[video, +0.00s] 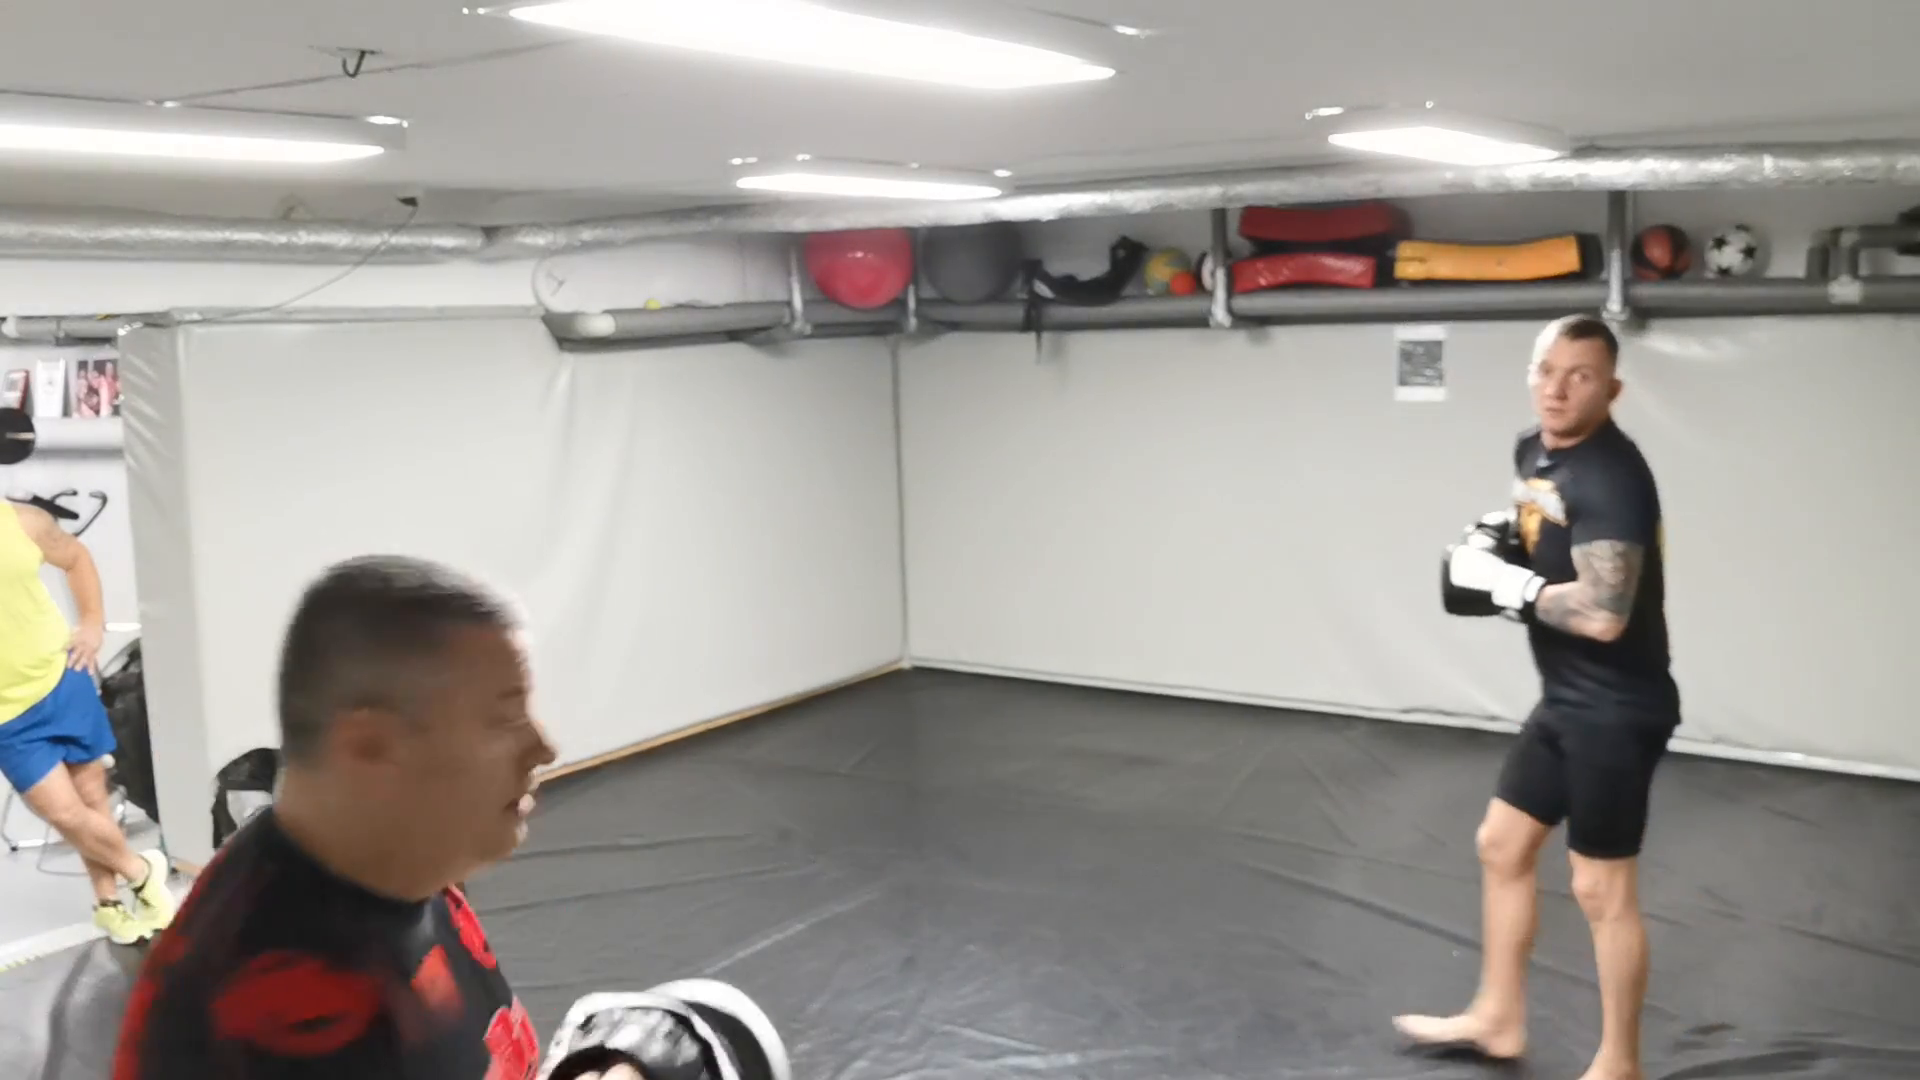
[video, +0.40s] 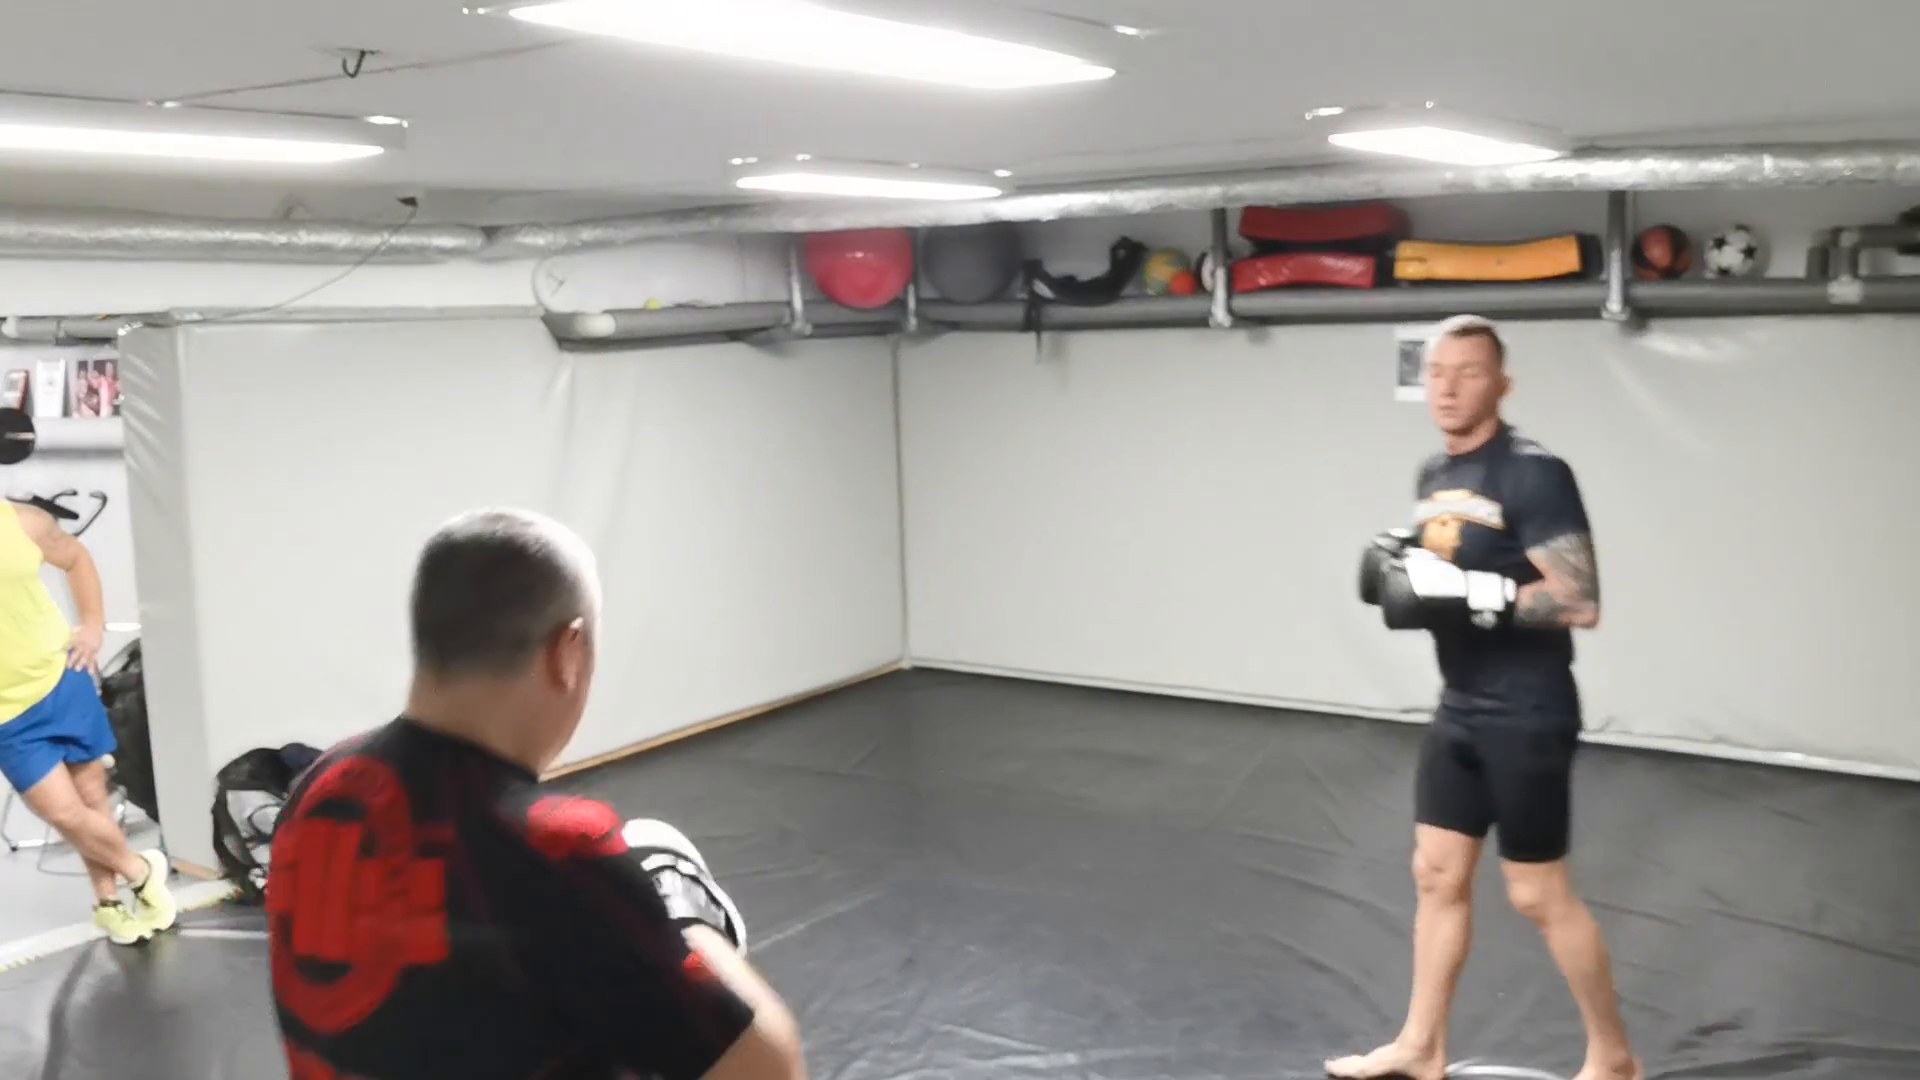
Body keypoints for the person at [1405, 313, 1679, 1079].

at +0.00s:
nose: (1557, 389)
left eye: (1577, 377)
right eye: (1546, 372)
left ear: (1611, 389)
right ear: (1531, 377)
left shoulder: (1613, 476)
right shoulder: (1536, 449)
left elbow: (1604, 615)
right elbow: (1545, 545)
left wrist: (1510, 585)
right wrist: (1497, 545)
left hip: (1620, 707)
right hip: (1565, 694)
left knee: (1603, 889)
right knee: (1504, 846)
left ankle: (1619, 1059)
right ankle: (1498, 1018)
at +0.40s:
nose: (1446, 390)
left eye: (1464, 376)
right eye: (1437, 376)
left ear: (1501, 386)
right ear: (1424, 385)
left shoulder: (1537, 474)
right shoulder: (1436, 475)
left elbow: (1577, 598)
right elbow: (1448, 574)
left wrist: (1477, 596)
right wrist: (1399, 574)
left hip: (1530, 715)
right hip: (1459, 709)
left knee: (1541, 892)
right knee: (1437, 876)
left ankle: (1612, 1055)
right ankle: (1422, 1046)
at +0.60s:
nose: (1383, 391)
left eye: (1400, 376)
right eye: (1375, 377)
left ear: (1443, 382)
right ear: (1368, 384)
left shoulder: (1488, 469)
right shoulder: (1372, 479)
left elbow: (1539, 592)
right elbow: (1377, 577)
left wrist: (1435, 573)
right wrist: (1336, 568)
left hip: (1481, 708)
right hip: (1412, 703)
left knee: (1455, 898)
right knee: (1409, 874)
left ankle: (1581, 1027)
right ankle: (1419, 1048)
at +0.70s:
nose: (1362, 395)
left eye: (1378, 380)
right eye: (1354, 381)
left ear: (1423, 386)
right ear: (1348, 389)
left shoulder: (1472, 470)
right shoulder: (1358, 485)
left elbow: (1509, 599)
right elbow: (1323, 609)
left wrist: (1418, 570)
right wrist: (1305, 565)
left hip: (1464, 707)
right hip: (1394, 705)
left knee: (1421, 897)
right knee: (1395, 884)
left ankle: (1527, 1038)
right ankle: (1417, 1049)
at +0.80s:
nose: (1343, 398)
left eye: (1360, 383)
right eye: (1335, 385)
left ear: (1402, 386)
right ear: (1328, 393)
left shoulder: (1454, 469)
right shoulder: (1337, 486)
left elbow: (1486, 602)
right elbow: (1307, 610)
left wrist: (1390, 555)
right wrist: (1289, 543)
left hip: (1447, 706)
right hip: (1380, 706)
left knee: (1397, 900)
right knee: (1392, 899)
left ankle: (1451, 1066)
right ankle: (1413, 1047)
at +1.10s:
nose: (1294, 427)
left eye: (1311, 409)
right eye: (1287, 411)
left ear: (1358, 410)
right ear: (1282, 414)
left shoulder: (1405, 497)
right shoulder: (1305, 497)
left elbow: (1406, 638)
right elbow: (1251, 613)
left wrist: (1324, 564)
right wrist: (1245, 529)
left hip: (1396, 737)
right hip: (1342, 732)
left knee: (1343, 931)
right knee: (1371, 904)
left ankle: (1347, 1074)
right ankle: (1413, 1050)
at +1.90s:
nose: (1210, 452)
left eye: (1224, 433)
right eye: (1203, 434)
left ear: (1277, 425)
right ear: (1201, 432)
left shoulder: (1318, 505)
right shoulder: (1241, 507)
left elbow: (1283, 647)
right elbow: (1173, 623)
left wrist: (1220, 567)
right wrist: (1154, 537)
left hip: (1332, 765)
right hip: (1290, 758)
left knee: (1281, 979)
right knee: (1301, 930)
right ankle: (1361, 1070)